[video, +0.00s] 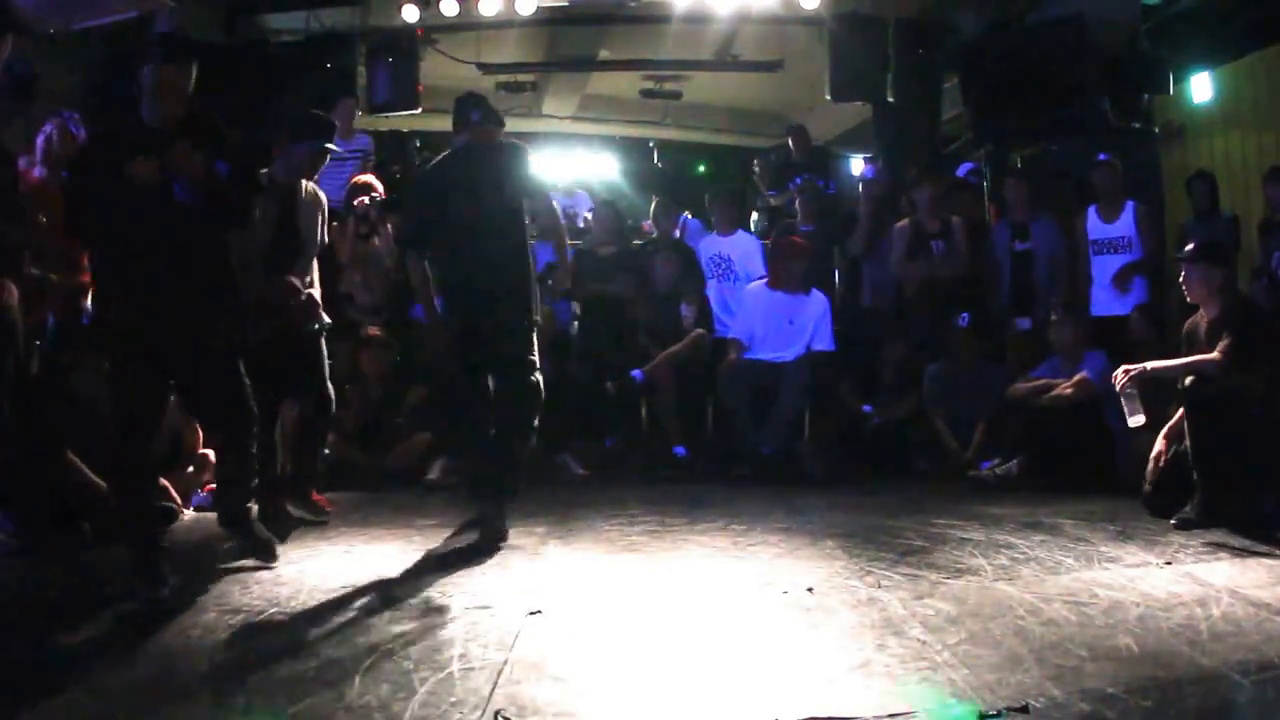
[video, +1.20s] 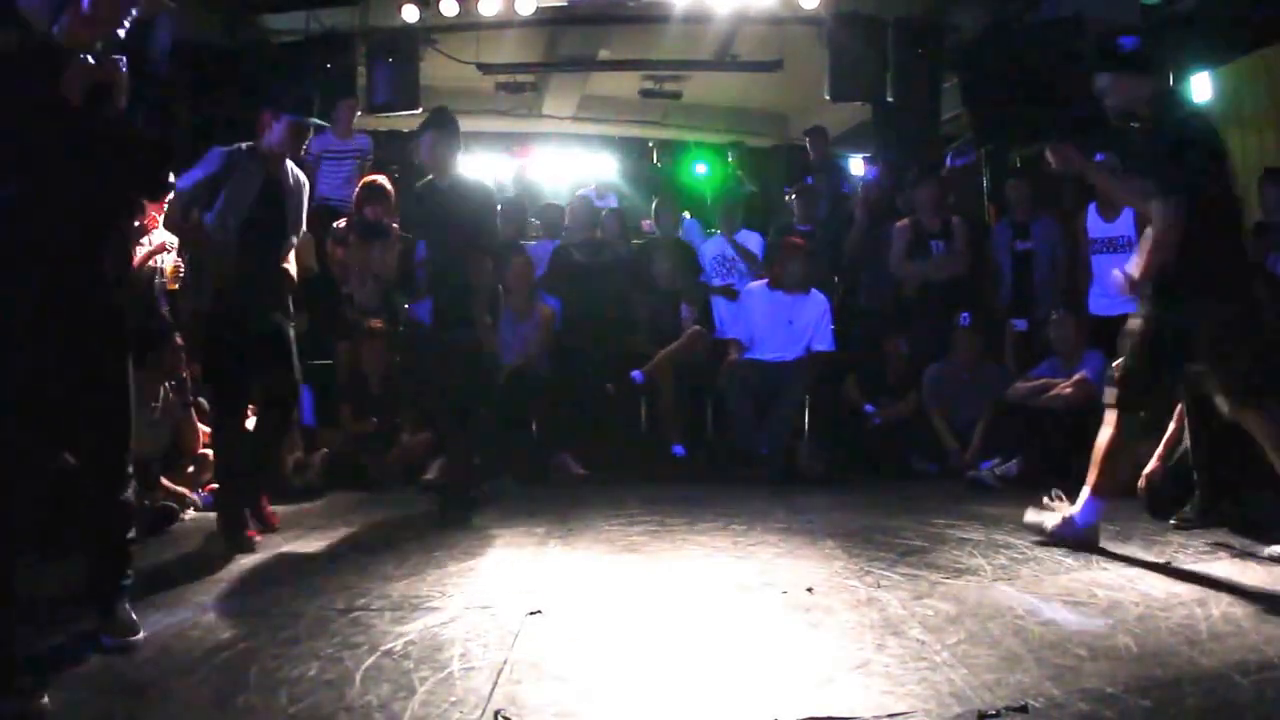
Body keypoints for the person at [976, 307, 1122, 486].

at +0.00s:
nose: (1055, 335)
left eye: (1061, 328)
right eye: (1053, 329)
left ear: (1078, 331)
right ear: (1049, 333)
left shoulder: (1095, 360)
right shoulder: (1056, 362)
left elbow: (1072, 393)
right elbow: (1012, 392)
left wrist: (1036, 401)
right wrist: (1056, 383)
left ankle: (1021, 462)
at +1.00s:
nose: (1056, 337)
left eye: (1061, 330)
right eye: (1053, 331)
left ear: (1075, 331)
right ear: (1049, 335)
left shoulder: (1093, 361)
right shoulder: (1054, 363)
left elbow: (1073, 393)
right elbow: (1012, 393)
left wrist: (1038, 400)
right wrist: (1054, 384)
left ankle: (1022, 462)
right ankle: (1005, 457)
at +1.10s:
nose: (1057, 335)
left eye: (1061, 327)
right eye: (1054, 328)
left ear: (1075, 329)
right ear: (1050, 333)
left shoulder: (1094, 361)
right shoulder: (1054, 363)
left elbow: (1072, 394)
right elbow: (1011, 393)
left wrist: (1034, 401)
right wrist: (1053, 384)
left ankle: (1022, 464)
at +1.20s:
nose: (1054, 333)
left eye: (1060, 327)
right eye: (1052, 327)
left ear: (1076, 330)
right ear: (1049, 331)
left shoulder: (1093, 360)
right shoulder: (1054, 363)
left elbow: (1071, 396)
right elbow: (1012, 393)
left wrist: (1030, 400)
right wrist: (1052, 384)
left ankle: (1020, 463)